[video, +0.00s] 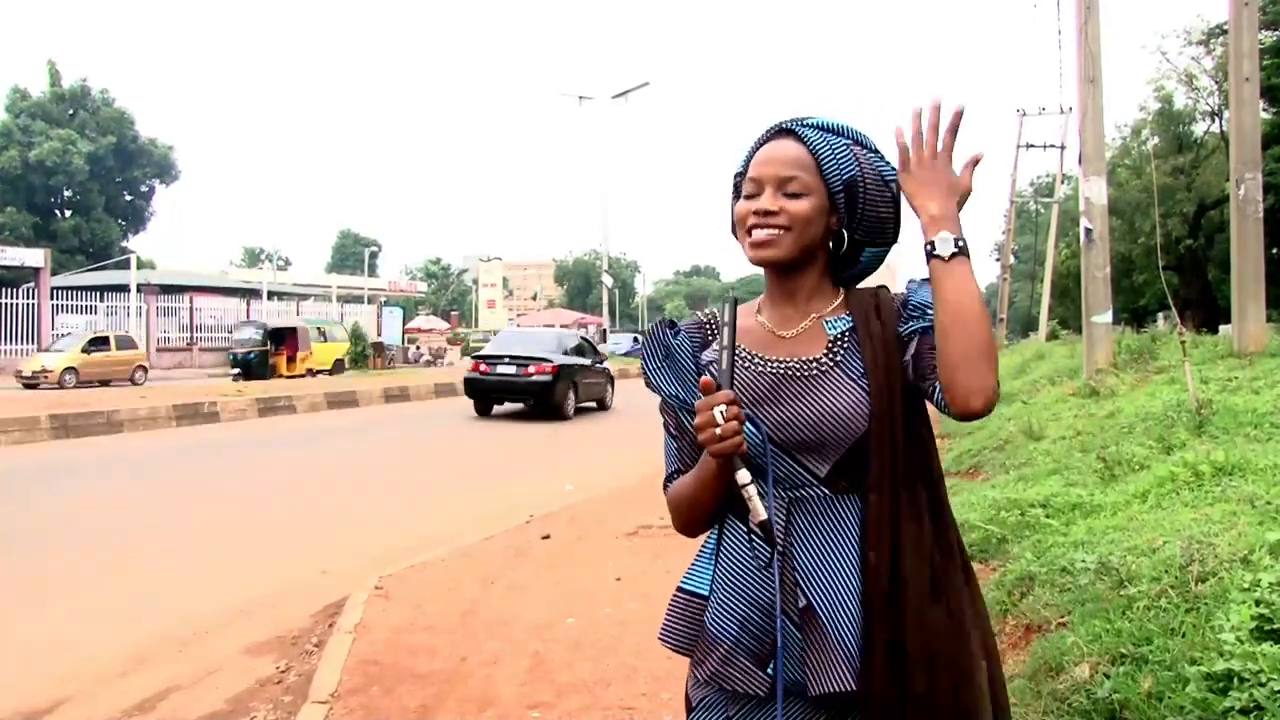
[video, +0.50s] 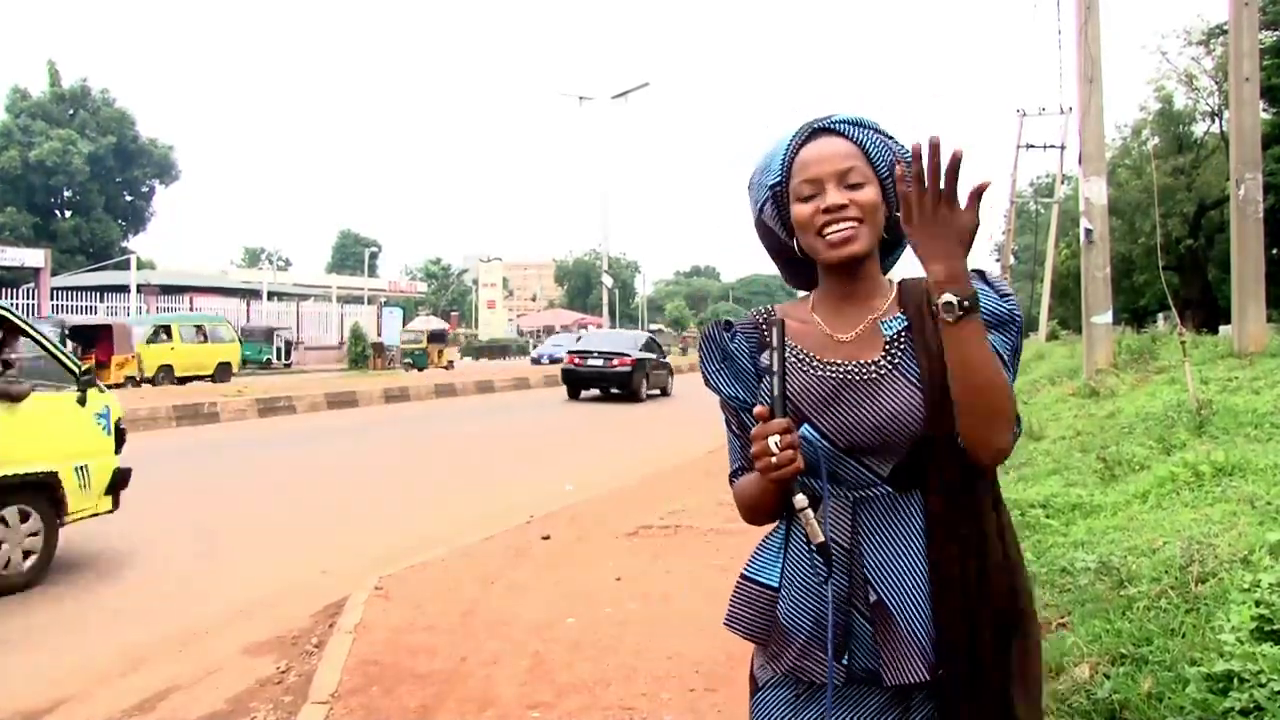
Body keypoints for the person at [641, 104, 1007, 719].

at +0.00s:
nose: (762, 206)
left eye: (791, 191)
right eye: (751, 191)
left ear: (838, 214)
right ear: (736, 209)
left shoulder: (891, 317)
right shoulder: (701, 344)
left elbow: (972, 394)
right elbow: (686, 518)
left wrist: (940, 222)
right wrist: (714, 459)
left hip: (875, 630)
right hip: (745, 633)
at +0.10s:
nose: (778, 206)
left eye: (805, 189)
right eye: (762, 192)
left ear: (849, 213)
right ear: (744, 216)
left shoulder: (911, 310)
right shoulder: (714, 346)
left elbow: (995, 450)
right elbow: (704, 519)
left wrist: (920, 295)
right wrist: (729, 465)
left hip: (894, 626)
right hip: (762, 628)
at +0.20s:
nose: (790, 205)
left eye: (816, 186)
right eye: (772, 191)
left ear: (859, 208)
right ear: (754, 217)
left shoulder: (933, 320)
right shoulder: (724, 348)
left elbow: (982, 480)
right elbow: (722, 518)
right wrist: (743, 473)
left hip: (919, 637)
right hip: (781, 639)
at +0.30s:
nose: (806, 206)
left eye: (829, 187)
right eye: (786, 194)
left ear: (869, 208)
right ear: (767, 221)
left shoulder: (941, 326)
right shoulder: (737, 350)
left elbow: (978, 491)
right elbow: (733, 516)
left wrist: (889, 463)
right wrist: (752, 479)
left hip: (911, 623)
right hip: (789, 633)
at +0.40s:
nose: (826, 207)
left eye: (846, 188)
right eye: (803, 196)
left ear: (881, 206)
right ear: (781, 223)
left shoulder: (950, 319)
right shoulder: (750, 346)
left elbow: (988, 475)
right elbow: (742, 513)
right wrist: (761, 480)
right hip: (808, 612)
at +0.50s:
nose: (833, 202)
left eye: (852, 182)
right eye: (808, 193)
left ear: (891, 199)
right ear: (789, 223)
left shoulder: (954, 304)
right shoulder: (756, 341)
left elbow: (991, 443)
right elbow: (751, 508)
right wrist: (770, 476)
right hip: (807, 633)